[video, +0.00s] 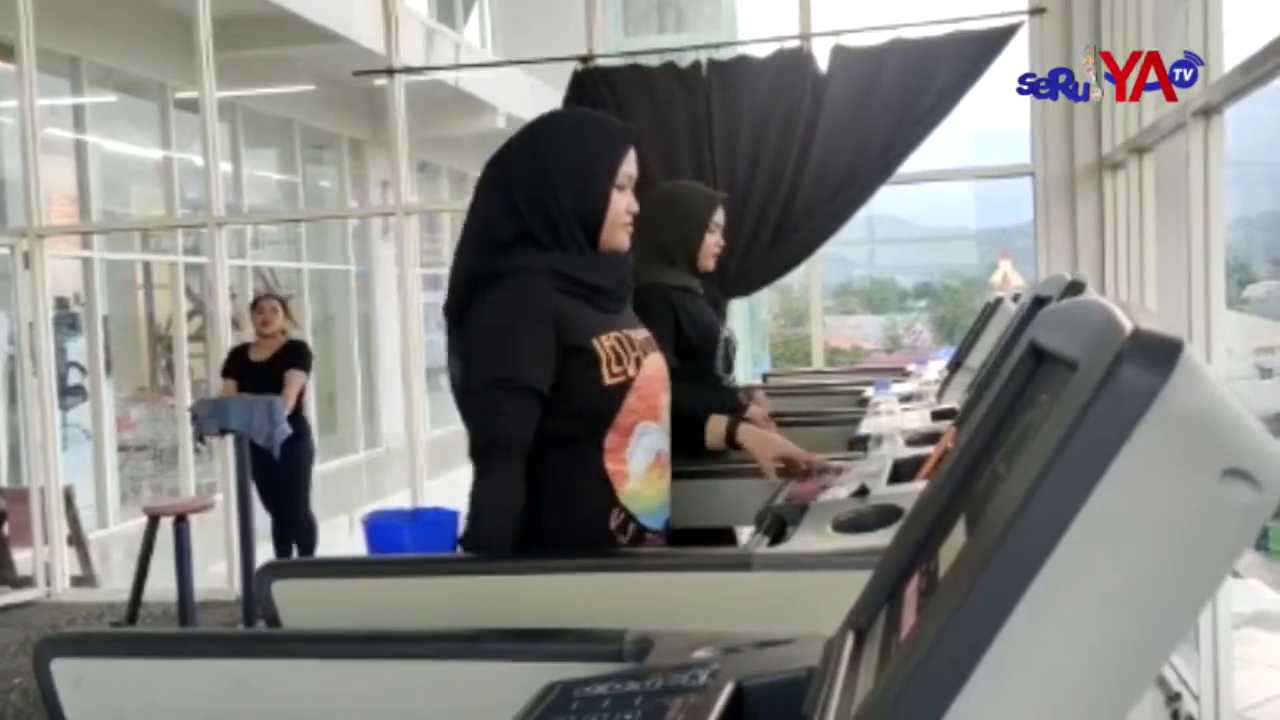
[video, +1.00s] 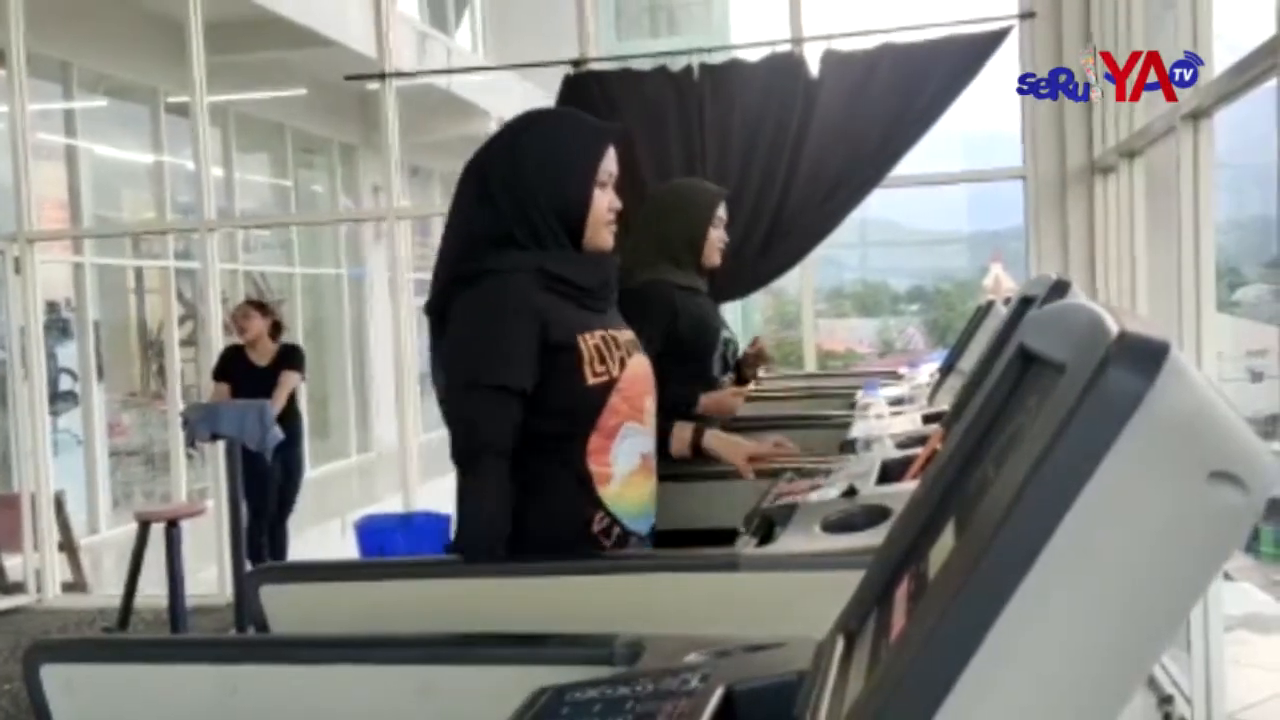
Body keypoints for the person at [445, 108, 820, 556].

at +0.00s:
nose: (635, 207)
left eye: (632, 189)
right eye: (621, 188)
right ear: (571, 188)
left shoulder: (598, 289)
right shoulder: (519, 300)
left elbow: (623, 413)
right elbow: (501, 461)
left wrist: (738, 434)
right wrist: (478, 589)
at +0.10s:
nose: (629, 199)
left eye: (626, 181)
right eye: (614, 179)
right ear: (564, 179)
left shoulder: (588, 279)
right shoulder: (516, 285)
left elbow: (627, 400)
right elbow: (515, 449)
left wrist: (737, 425)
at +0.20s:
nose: (625, 201)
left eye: (622, 185)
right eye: (610, 183)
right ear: (561, 183)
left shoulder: (580, 284)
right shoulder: (516, 288)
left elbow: (624, 399)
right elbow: (538, 442)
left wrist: (738, 424)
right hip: (525, 565)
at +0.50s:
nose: (627, 202)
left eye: (625, 186)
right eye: (613, 185)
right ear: (563, 183)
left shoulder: (592, 282)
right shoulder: (511, 285)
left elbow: (633, 405)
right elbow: (508, 441)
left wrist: (734, 443)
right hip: (538, 569)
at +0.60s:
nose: (628, 198)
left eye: (625, 180)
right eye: (614, 178)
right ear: (562, 177)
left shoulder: (594, 275)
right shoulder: (505, 281)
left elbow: (634, 397)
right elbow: (487, 441)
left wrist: (737, 440)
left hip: (614, 544)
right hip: (544, 557)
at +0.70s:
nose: (626, 203)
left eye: (625, 186)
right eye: (611, 185)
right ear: (561, 182)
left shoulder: (596, 285)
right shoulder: (501, 292)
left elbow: (628, 408)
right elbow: (457, 450)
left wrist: (737, 441)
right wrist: (424, 582)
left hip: (611, 556)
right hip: (528, 572)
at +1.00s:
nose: (618, 205)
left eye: (614, 187)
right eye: (602, 186)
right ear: (552, 188)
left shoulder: (581, 287)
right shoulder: (501, 299)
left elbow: (598, 421)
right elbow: (484, 460)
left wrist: (702, 439)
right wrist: (478, 592)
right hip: (545, 567)